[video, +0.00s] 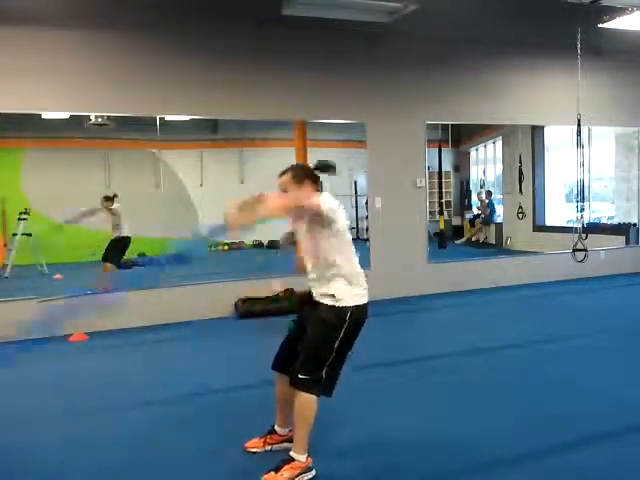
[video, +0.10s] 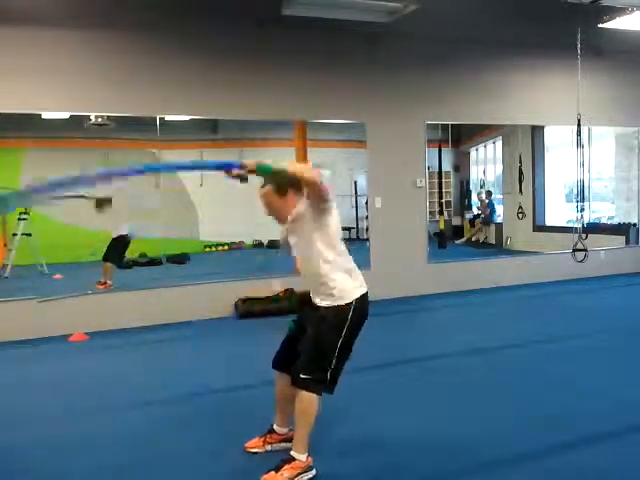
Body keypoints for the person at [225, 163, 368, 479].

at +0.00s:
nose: (284, 197)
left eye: (287, 191)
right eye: (282, 192)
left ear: (306, 186)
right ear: (299, 187)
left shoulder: (328, 205)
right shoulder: (301, 213)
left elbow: (295, 204)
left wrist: (255, 208)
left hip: (344, 303)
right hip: (320, 300)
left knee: (305, 379)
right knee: (284, 367)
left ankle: (300, 460)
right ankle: (283, 431)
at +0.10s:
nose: (267, 212)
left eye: (268, 204)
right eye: (264, 206)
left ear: (287, 196)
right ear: (283, 197)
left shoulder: (317, 212)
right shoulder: (294, 225)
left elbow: (314, 184)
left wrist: (259, 168)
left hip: (345, 301)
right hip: (320, 300)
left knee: (306, 379)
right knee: (284, 367)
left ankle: (301, 459)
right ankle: (282, 430)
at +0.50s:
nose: (234, 239)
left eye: (237, 232)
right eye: (233, 233)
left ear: (257, 231)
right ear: (256, 232)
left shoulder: (284, 258)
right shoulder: (269, 254)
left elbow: (310, 312)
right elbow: (272, 292)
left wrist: (287, 357)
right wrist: (261, 322)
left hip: (342, 307)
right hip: (315, 304)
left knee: (301, 380)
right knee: (283, 368)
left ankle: (298, 460)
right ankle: (281, 433)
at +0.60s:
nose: (249, 201)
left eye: (254, 194)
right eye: (249, 195)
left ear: (274, 195)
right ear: (271, 196)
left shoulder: (296, 227)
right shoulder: (274, 226)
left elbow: (311, 285)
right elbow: (274, 268)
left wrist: (277, 317)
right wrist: (251, 292)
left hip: (333, 302)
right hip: (305, 298)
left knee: (301, 382)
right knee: (281, 371)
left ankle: (298, 460)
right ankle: (280, 432)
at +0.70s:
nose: (263, 177)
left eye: (268, 171)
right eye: (263, 171)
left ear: (290, 174)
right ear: (281, 174)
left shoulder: (308, 208)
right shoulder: (279, 207)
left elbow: (311, 265)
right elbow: (266, 253)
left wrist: (267, 279)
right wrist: (234, 263)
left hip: (321, 302)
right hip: (295, 299)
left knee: (301, 382)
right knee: (277, 371)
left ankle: (299, 460)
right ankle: (280, 432)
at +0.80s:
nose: (273, 166)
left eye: (278, 160)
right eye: (273, 161)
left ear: (300, 164)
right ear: (288, 165)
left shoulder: (315, 199)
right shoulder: (284, 198)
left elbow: (315, 251)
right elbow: (268, 239)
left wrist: (272, 263)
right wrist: (232, 245)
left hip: (310, 300)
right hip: (284, 296)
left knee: (300, 382)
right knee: (275, 370)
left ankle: (298, 459)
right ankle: (279, 431)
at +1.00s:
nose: (282, 164)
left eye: (288, 158)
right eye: (283, 158)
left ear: (309, 164)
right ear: (297, 164)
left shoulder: (320, 201)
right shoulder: (289, 197)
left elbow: (325, 256)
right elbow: (270, 236)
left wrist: (292, 278)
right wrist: (240, 259)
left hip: (304, 300)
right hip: (278, 297)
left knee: (295, 378)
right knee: (274, 370)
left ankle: (299, 458)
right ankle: (279, 431)